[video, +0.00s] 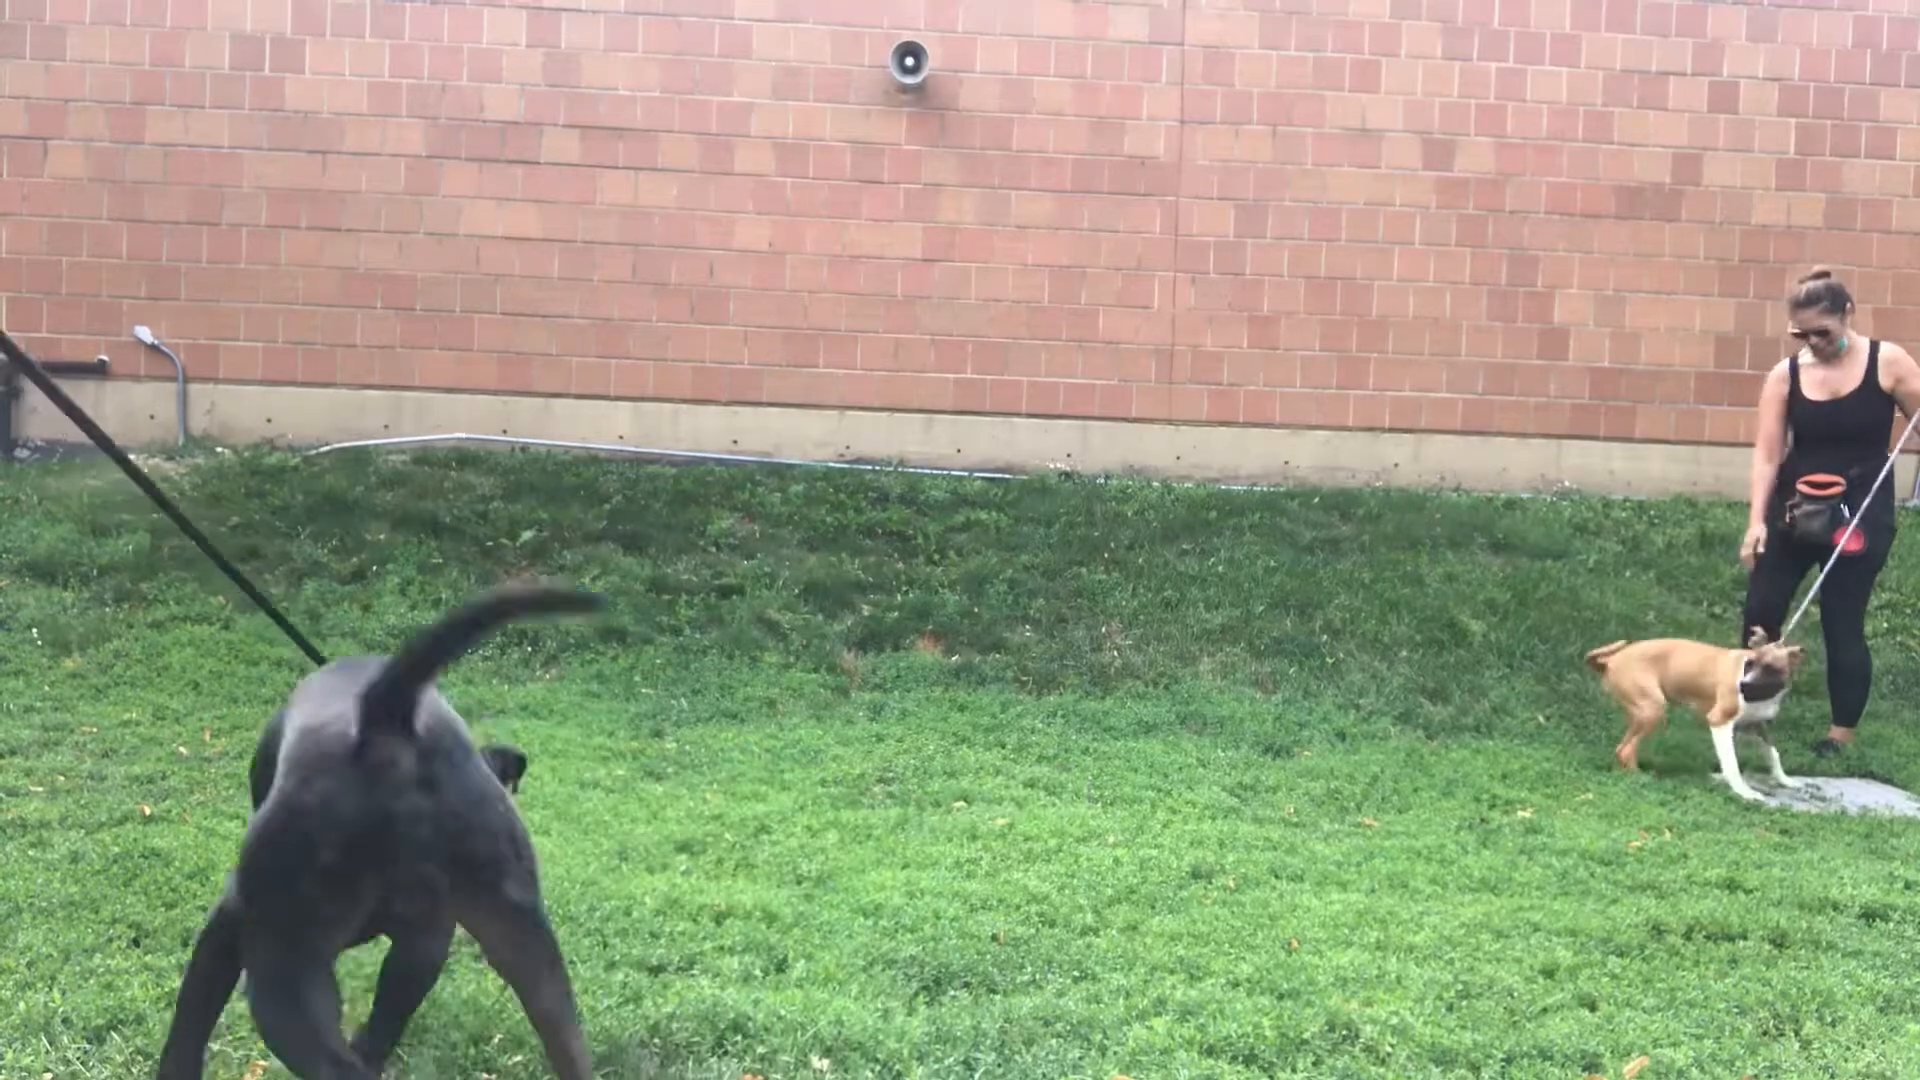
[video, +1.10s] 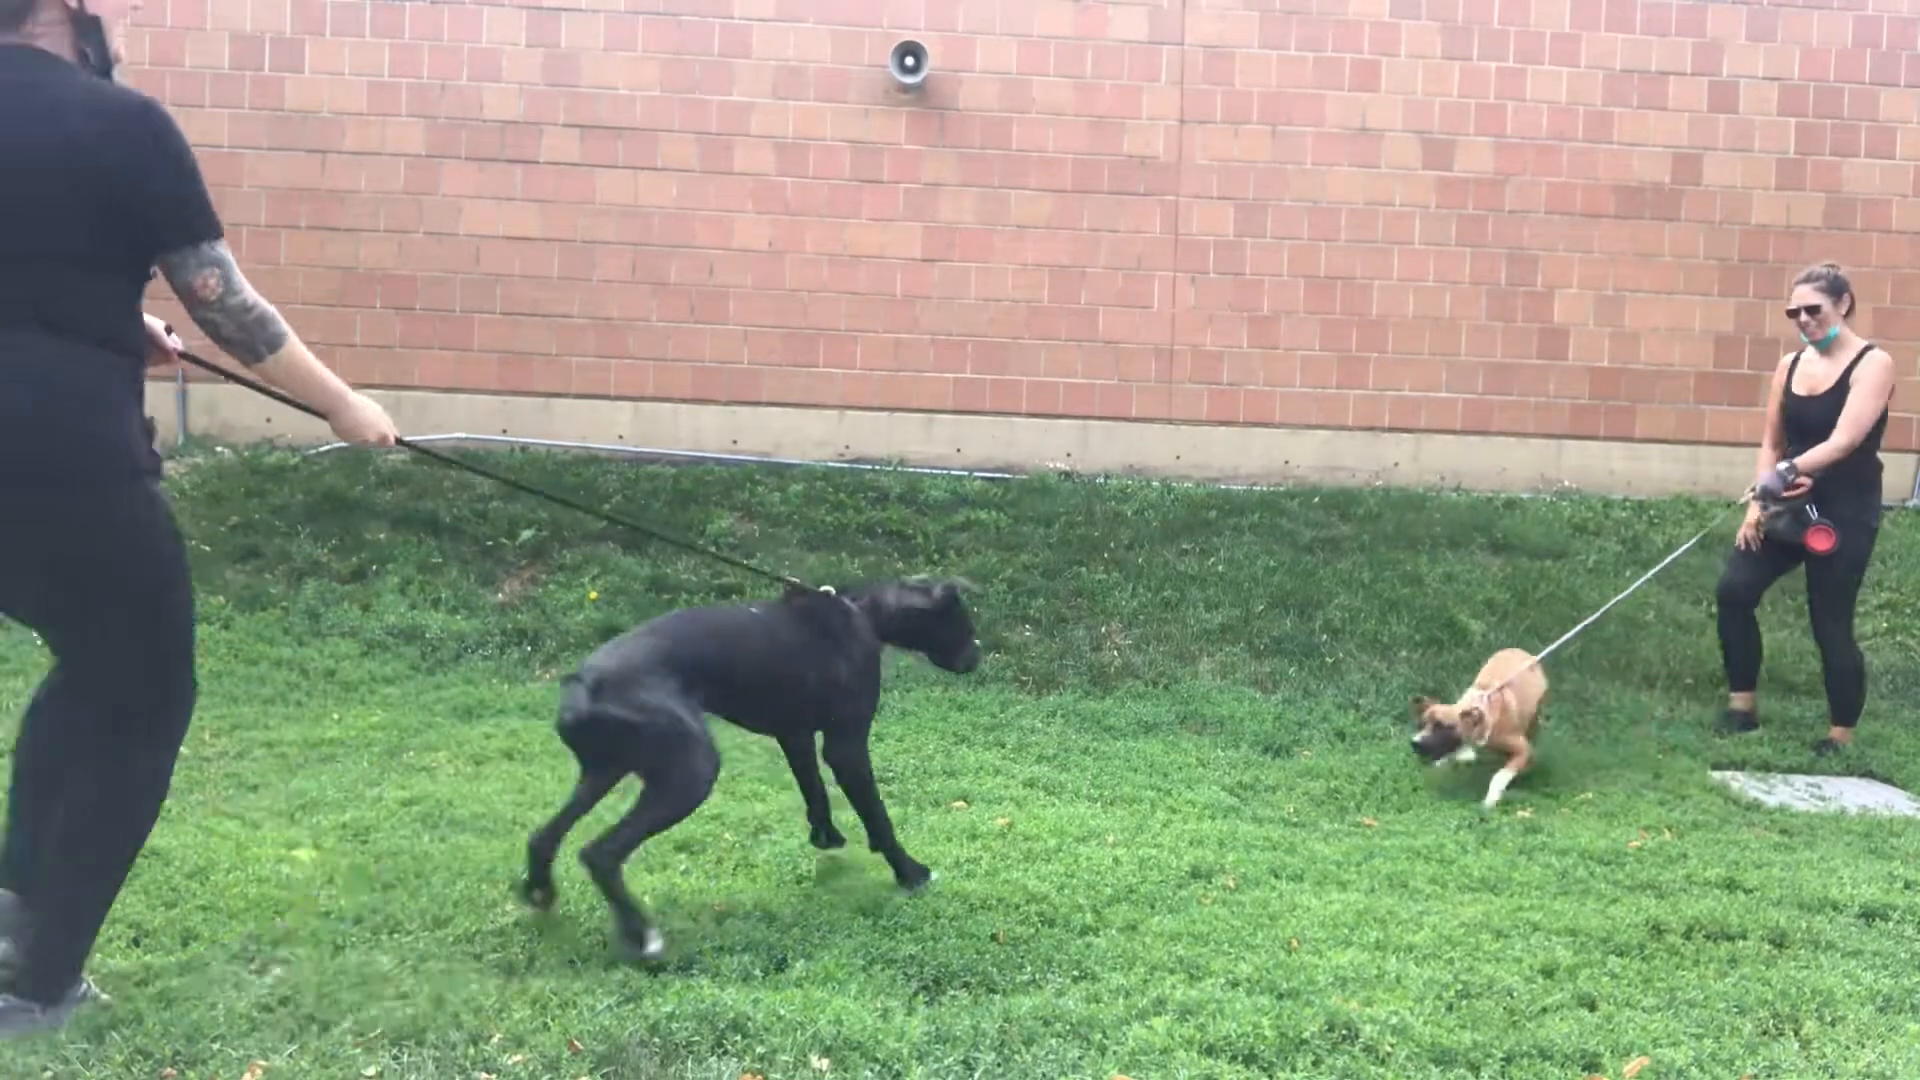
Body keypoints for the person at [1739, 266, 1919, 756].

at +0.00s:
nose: (1812, 342)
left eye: (1821, 332)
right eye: (1803, 333)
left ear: (1847, 316)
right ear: (1793, 325)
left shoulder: (1890, 364)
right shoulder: (1784, 376)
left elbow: (1916, 423)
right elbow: (1767, 454)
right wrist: (1756, 520)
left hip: (1862, 511)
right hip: (1795, 507)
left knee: (1840, 617)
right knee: (1760, 607)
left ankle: (1841, 732)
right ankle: (1752, 710)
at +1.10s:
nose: (1804, 321)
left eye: (1813, 310)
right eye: (1796, 313)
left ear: (1843, 304)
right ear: (1791, 314)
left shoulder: (1873, 363)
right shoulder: (1789, 365)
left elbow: (1845, 441)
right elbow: (1772, 443)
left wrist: (1788, 471)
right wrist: (1756, 502)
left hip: (1846, 513)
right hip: (1791, 503)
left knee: (1830, 623)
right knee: (1733, 590)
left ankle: (1840, 737)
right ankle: (1741, 709)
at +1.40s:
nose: (1742, 322)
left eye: (1751, 312)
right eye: (1735, 314)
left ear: (1781, 309)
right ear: (1732, 316)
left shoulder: (1804, 366)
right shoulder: (1757, 364)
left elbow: (1778, 434)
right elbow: (1754, 440)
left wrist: (1740, 475)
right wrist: (1727, 492)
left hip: (1795, 516)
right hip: (1750, 509)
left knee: (1799, 623)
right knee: (1707, 602)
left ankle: (1838, 732)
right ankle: (1686, 716)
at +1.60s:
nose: (1697, 325)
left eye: (1706, 315)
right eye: (1690, 317)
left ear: (1735, 310)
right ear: (1686, 315)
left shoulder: (1754, 360)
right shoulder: (1708, 365)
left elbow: (1732, 414)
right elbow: (1697, 433)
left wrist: (1692, 444)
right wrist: (1679, 483)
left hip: (1753, 503)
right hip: (1710, 500)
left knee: (1709, 607)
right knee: (1680, 602)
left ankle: (1794, 705)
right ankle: (1683, 718)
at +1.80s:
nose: (1669, 320)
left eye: (1678, 310)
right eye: (1661, 313)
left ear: (1705, 304)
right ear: (1655, 313)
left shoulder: (1724, 356)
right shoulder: (1683, 358)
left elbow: (1695, 426)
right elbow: (1689, 434)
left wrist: (1655, 472)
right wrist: (1664, 491)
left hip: (1730, 497)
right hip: (1689, 495)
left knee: (1682, 599)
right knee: (1663, 599)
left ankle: (1693, 733)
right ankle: (1679, 722)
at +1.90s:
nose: (1657, 322)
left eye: (1667, 312)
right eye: (1650, 314)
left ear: (1694, 308)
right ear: (1646, 316)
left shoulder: (1711, 362)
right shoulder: (1676, 360)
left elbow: (1682, 433)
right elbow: (1676, 438)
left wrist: (1636, 475)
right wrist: (1653, 490)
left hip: (1718, 505)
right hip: (1680, 502)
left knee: (1679, 611)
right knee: (1648, 607)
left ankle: (1663, 734)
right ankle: (1676, 705)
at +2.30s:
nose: (1639, 317)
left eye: (1648, 307)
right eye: (1632, 309)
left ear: (1680, 301)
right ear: (1629, 310)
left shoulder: (1697, 356)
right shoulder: (1672, 357)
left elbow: (1661, 435)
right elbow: (1678, 449)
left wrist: (1598, 467)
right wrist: (1648, 494)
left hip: (1701, 508)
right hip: (1671, 504)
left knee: (1660, 619)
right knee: (1626, 607)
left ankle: (1665, 749)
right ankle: (1679, 717)